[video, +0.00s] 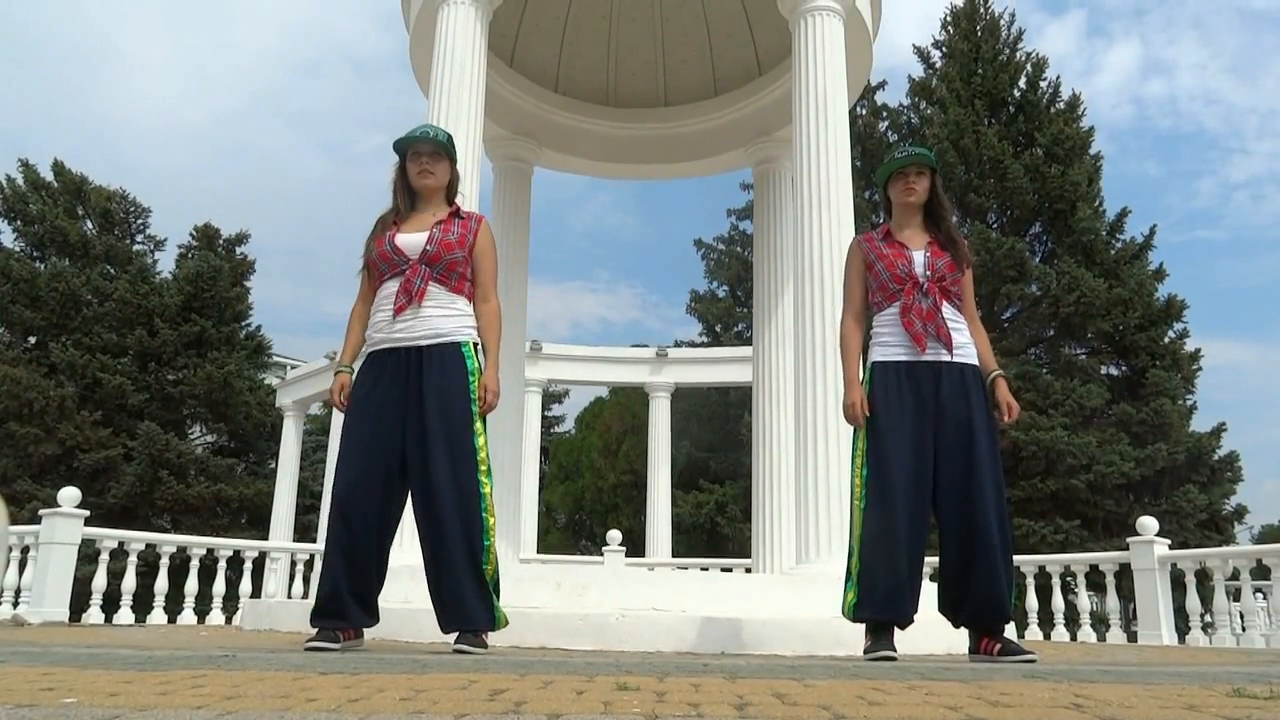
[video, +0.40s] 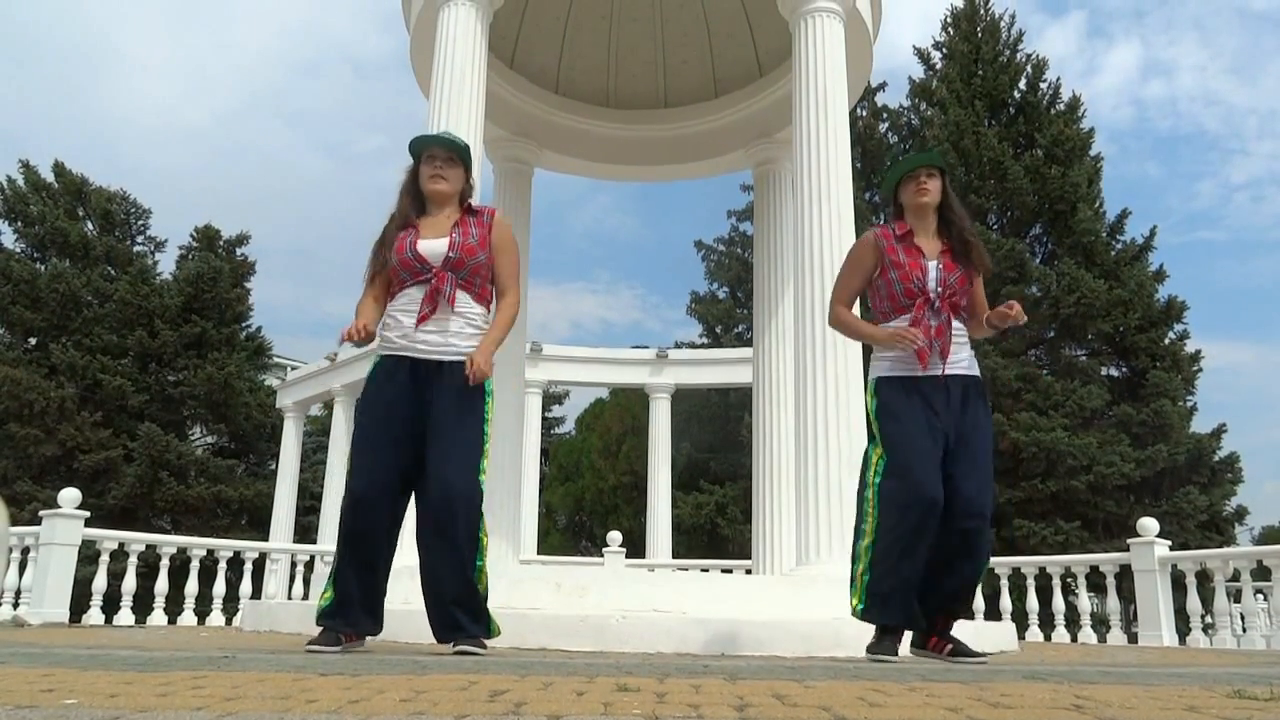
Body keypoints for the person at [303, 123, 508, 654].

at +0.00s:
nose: (423, 163)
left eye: (433, 156)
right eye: (415, 156)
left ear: (452, 167)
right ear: (402, 167)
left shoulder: (472, 227)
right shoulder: (383, 229)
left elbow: (486, 299)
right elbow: (364, 303)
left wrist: (490, 367)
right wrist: (343, 366)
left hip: (447, 364)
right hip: (382, 366)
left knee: (450, 491)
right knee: (359, 490)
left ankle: (470, 624)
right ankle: (342, 620)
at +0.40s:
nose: (437, 167)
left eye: (447, 161)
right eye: (429, 160)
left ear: (466, 175)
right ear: (415, 172)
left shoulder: (491, 225)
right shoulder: (397, 231)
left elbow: (509, 297)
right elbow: (377, 288)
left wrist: (487, 348)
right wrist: (365, 321)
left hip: (458, 375)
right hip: (394, 372)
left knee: (451, 500)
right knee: (368, 495)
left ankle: (461, 629)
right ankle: (348, 621)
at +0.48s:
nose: (437, 177)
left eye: (447, 171)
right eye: (428, 171)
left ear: (468, 184)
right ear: (415, 184)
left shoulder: (492, 235)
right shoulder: (394, 236)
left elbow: (489, 303)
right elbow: (374, 292)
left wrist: (421, 303)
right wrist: (410, 270)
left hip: (467, 379)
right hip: (402, 377)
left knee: (456, 503)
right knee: (360, 478)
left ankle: (462, 631)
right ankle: (353, 587)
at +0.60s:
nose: (426, 157)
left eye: (438, 151)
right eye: (419, 149)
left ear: (459, 166)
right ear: (406, 162)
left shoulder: (484, 208)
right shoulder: (388, 214)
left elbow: (447, 251)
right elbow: (392, 247)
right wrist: (464, 205)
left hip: (466, 365)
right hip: (398, 360)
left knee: (467, 497)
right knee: (355, 469)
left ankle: (467, 628)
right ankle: (365, 554)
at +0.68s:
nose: (412, 131)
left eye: (425, 125)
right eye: (405, 122)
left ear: (444, 138)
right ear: (390, 132)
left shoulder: (469, 170)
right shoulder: (374, 178)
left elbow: (458, 224)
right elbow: (378, 221)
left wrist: (415, 179)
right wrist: (440, 172)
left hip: (463, 341)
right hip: (394, 335)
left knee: (470, 472)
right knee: (369, 452)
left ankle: (474, 610)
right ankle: (339, 583)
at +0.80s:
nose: (401, 115)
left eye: (414, 110)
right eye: (390, 106)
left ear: (427, 124)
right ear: (370, 117)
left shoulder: (454, 164)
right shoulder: (354, 167)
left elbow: (500, 231)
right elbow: (320, 226)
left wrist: (490, 179)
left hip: (452, 339)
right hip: (380, 335)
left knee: (474, 465)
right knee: (359, 464)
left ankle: (483, 588)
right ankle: (315, 608)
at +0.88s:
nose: (393, 122)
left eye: (406, 118)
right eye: (383, 114)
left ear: (422, 137)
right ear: (364, 129)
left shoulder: (443, 185)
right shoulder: (341, 186)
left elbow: (499, 252)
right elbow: (288, 256)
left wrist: (523, 206)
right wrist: (263, 183)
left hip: (435, 360)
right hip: (364, 355)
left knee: (469, 482)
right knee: (352, 477)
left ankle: (482, 590)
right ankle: (316, 621)